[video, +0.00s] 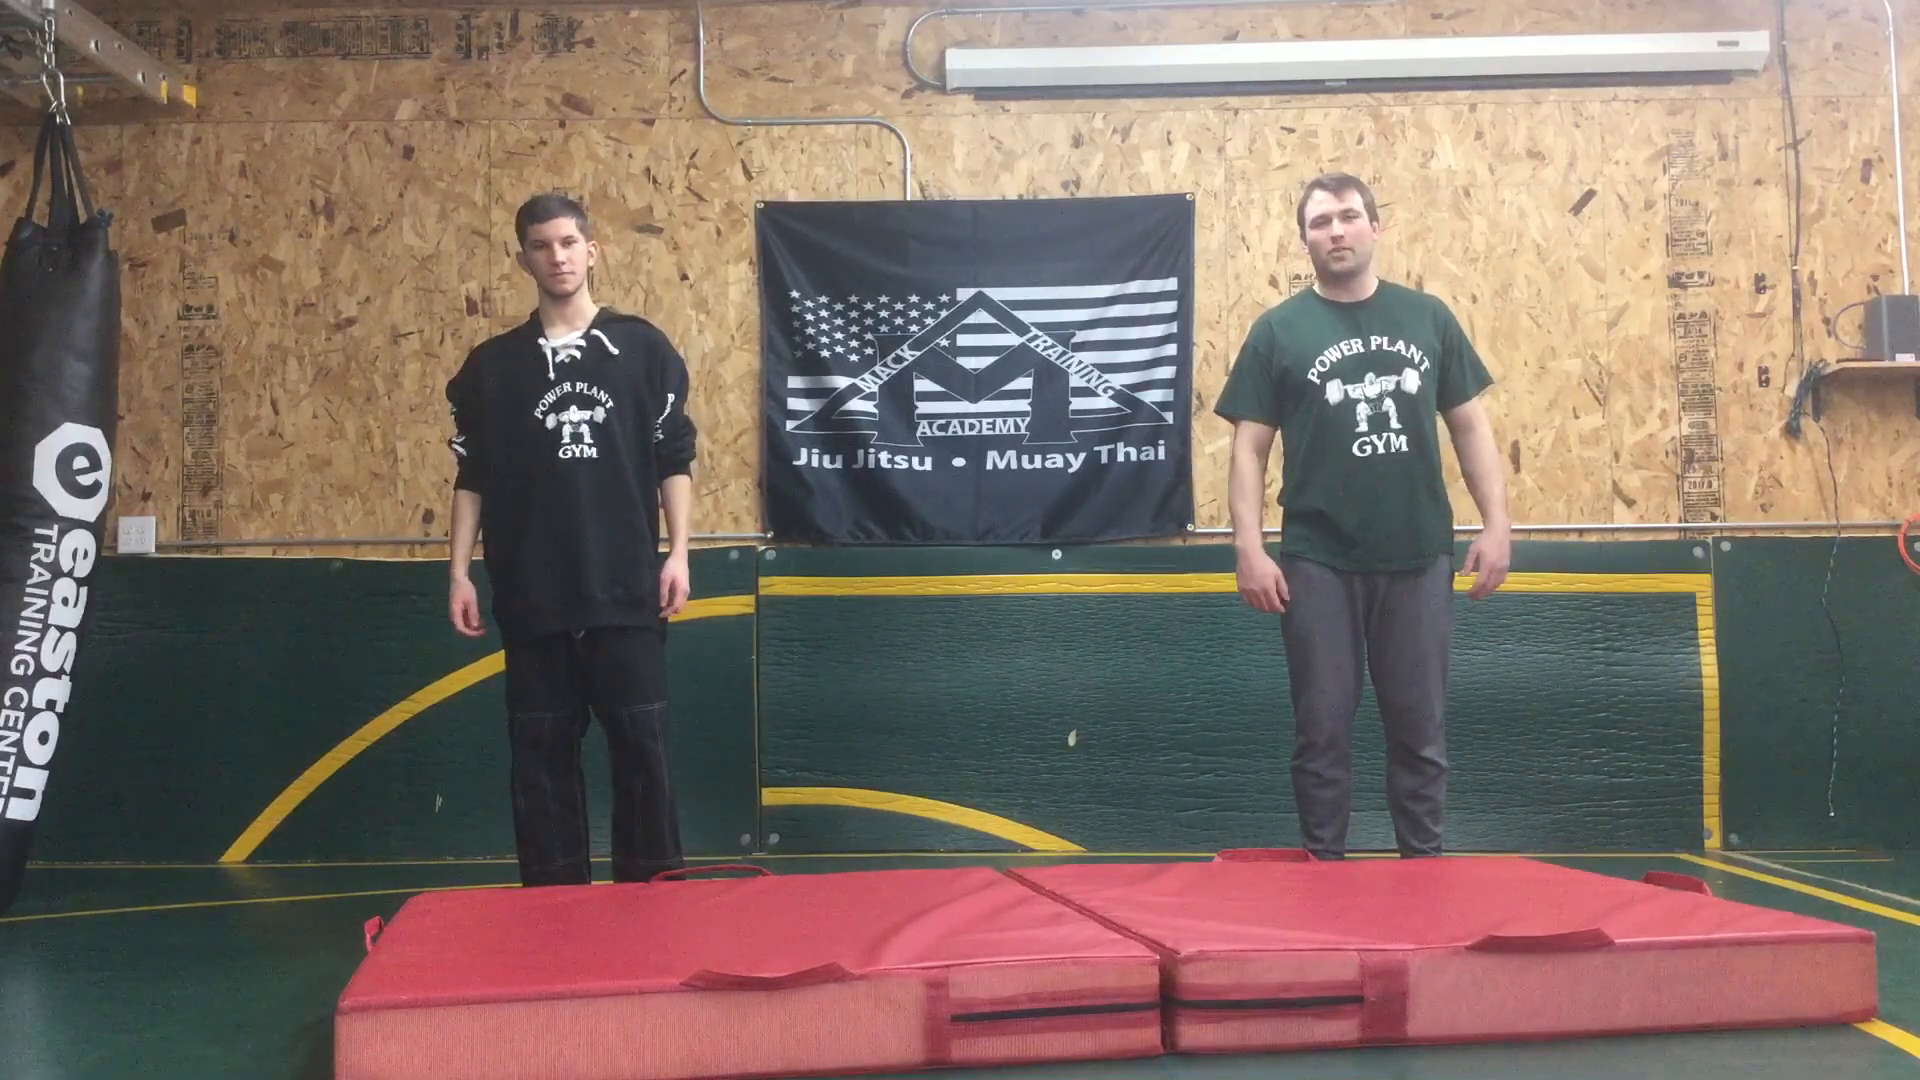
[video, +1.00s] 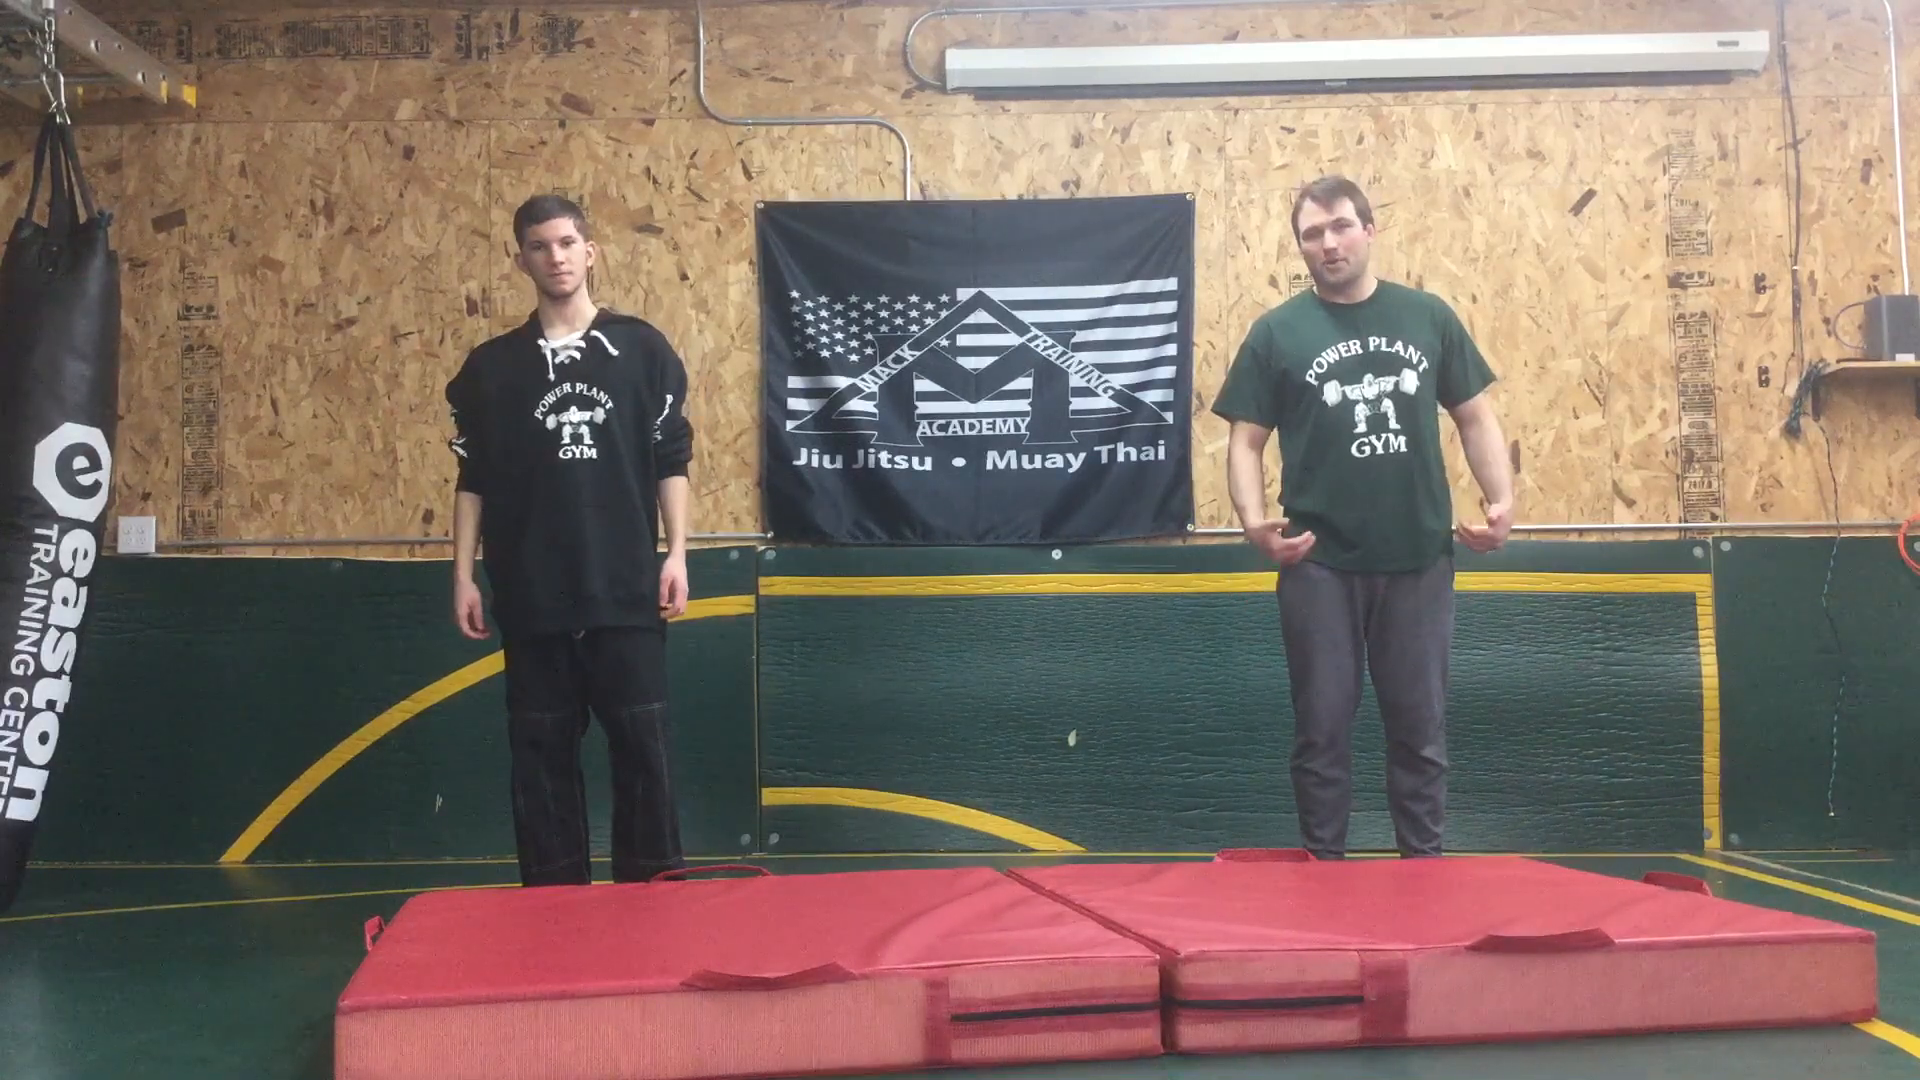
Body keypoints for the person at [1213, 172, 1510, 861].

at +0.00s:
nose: (1336, 230)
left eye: (1348, 217)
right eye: (1320, 222)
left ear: (1376, 229)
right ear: (1304, 241)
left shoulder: (1428, 318)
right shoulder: (1278, 331)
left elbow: (1468, 426)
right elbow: (1249, 446)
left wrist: (1497, 525)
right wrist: (1249, 547)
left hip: (1417, 555)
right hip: (1317, 557)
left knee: (1419, 726)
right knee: (1322, 725)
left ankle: (1423, 870)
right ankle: (1324, 871)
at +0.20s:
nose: (1334, 234)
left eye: (1346, 219)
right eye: (1318, 225)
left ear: (1374, 228)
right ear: (1302, 242)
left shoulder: (1427, 317)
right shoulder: (1277, 331)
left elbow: (1468, 425)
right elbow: (1249, 448)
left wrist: (1497, 525)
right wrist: (1249, 550)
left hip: (1417, 556)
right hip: (1316, 558)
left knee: (1419, 727)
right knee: (1323, 724)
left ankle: (1423, 870)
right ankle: (1323, 871)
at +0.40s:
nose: (1330, 236)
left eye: (1342, 221)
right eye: (1314, 227)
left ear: (1372, 229)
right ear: (1300, 243)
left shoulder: (1427, 318)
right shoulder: (1277, 332)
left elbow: (1469, 426)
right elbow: (1248, 449)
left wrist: (1499, 524)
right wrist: (1249, 548)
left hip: (1417, 554)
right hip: (1317, 557)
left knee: (1420, 727)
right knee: (1323, 726)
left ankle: (1423, 869)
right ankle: (1323, 871)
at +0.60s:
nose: (1327, 237)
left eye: (1340, 222)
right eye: (1312, 228)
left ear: (1371, 229)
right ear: (1300, 244)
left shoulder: (1426, 316)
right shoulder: (1277, 332)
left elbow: (1470, 419)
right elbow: (1246, 445)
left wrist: (1504, 516)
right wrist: (1244, 539)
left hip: (1417, 554)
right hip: (1317, 557)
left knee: (1420, 726)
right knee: (1322, 724)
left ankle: (1423, 868)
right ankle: (1323, 870)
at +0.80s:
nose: (1327, 241)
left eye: (1339, 224)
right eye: (1312, 231)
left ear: (1371, 229)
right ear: (1299, 246)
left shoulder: (1428, 316)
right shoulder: (1276, 332)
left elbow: (1468, 416)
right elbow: (1246, 441)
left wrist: (1497, 502)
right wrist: (1254, 528)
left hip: (1418, 558)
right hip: (1318, 561)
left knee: (1420, 727)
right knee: (1323, 726)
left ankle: (1422, 868)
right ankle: (1323, 870)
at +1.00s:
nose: (1328, 243)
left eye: (1340, 226)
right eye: (1312, 233)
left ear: (1370, 230)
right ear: (1299, 246)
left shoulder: (1428, 317)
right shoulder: (1276, 334)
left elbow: (1474, 416)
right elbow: (1246, 443)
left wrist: (1501, 500)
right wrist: (1255, 523)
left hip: (1418, 559)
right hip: (1318, 561)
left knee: (1419, 728)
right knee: (1322, 727)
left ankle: (1423, 869)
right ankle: (1323, 871)